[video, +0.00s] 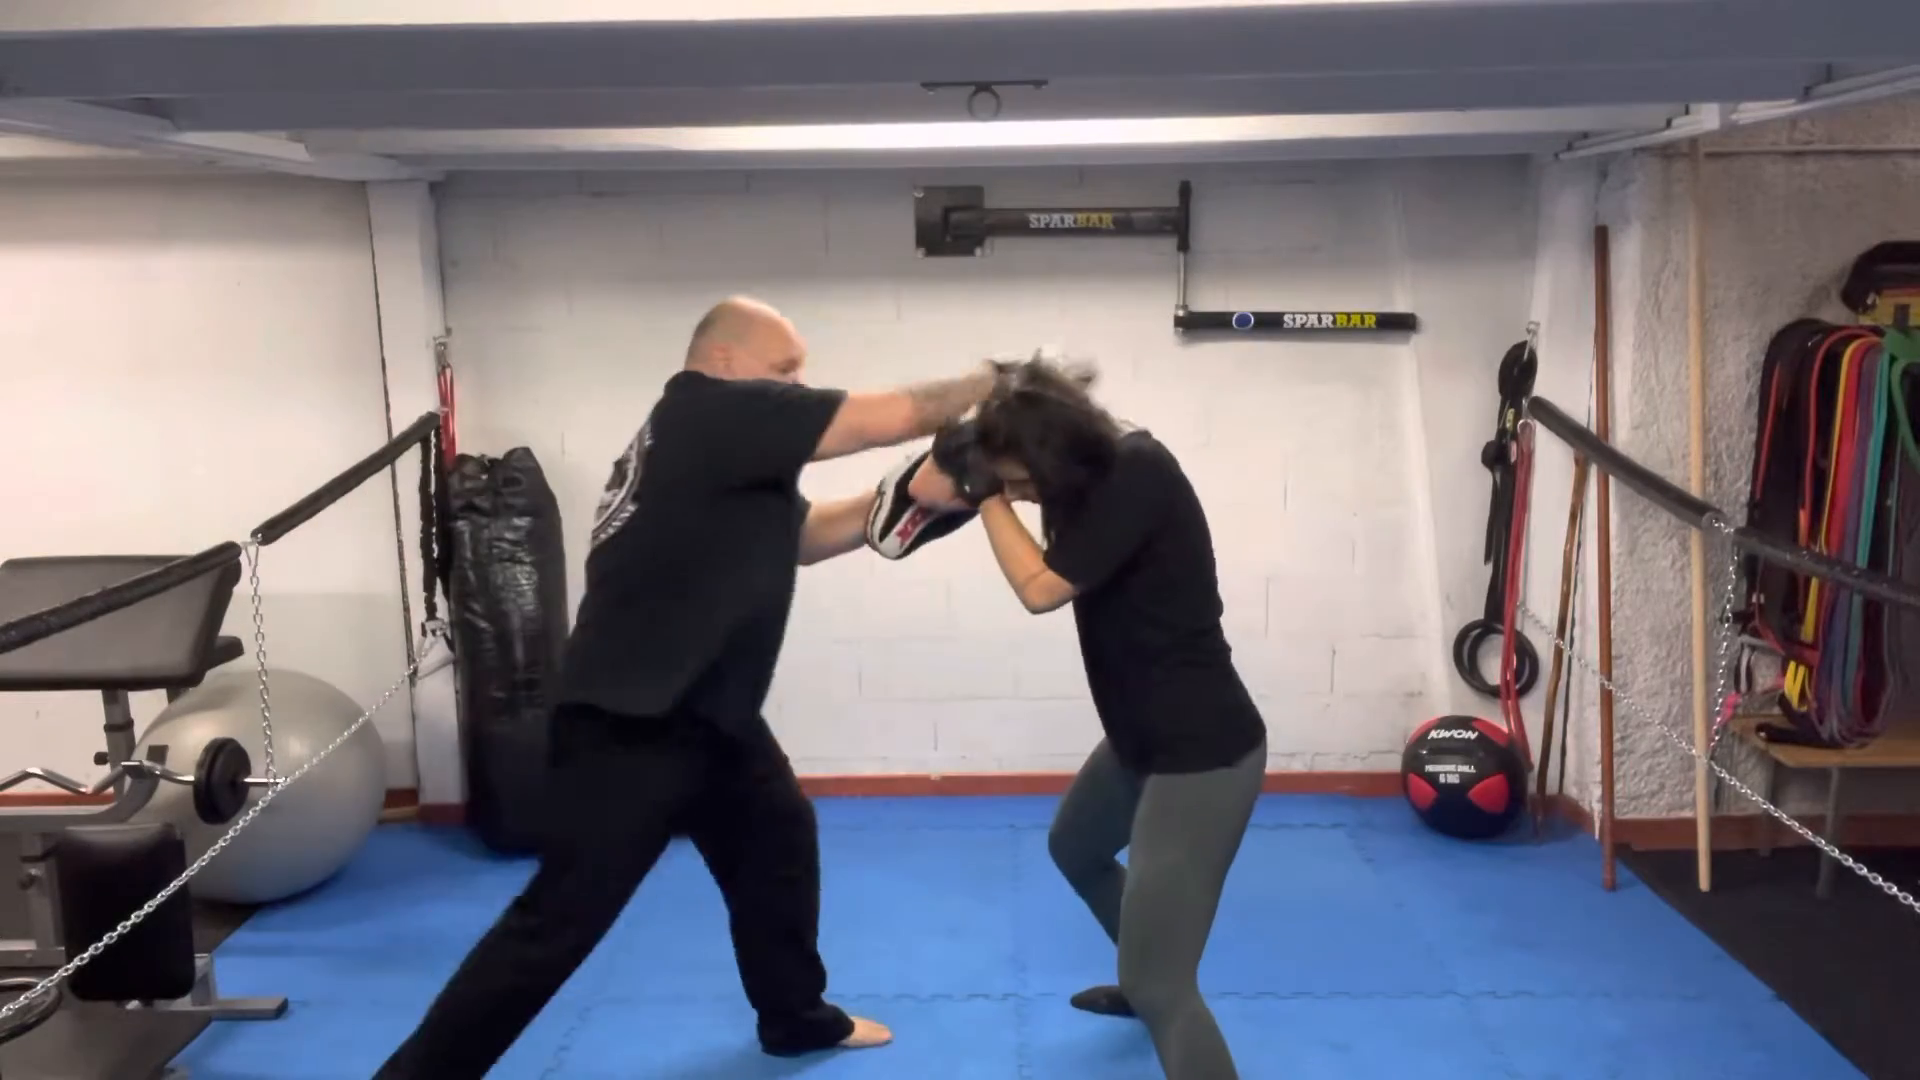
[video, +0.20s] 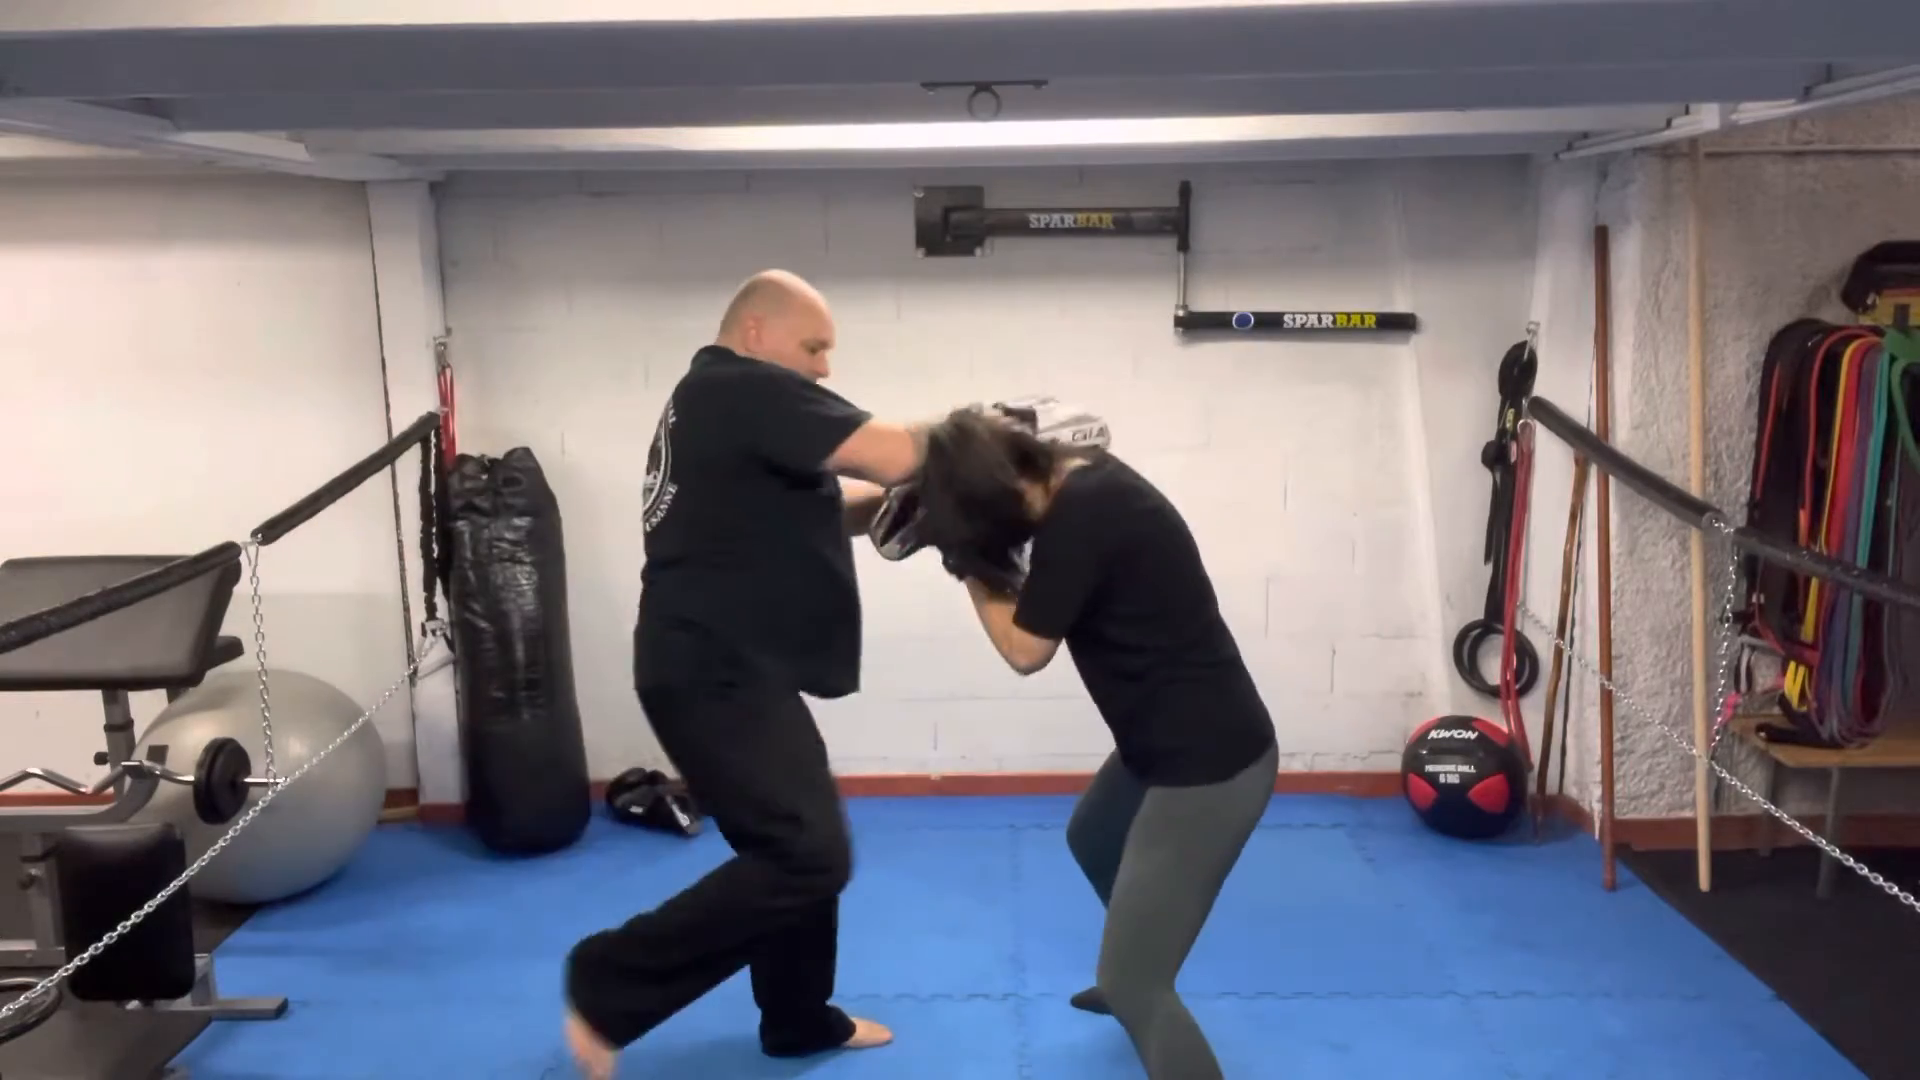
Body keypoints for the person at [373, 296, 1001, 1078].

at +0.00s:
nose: (797, 387)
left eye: (797, 373)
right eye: (784, 369)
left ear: (722, 364)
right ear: (726, 359)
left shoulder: (715, 450)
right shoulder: (707, 415)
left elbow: (804, 533)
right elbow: (904, 413)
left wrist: (909, 499)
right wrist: (997, 375)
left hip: (708, 718)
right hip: (628, 722)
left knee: (775, 842)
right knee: (560, 919)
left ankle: (795, 1019)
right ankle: (416, 1073)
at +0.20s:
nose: (823, 370)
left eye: (825, 354)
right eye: (814, 350)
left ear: (746, 337)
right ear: (758, 333)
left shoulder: (712, 399)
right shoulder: (745, 392)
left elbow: (794, 518)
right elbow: (898, 452)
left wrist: (898, 495)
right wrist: (979, 432)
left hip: (718, 664)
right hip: (715, 669)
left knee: (800, 847)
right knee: (807, 857)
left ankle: (798, 1021)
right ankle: (607, 982)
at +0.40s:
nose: (808, 367)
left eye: (811, 350)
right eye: (799, 347)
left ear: (735, 334)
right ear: (742, 329)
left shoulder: (700, 395)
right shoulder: (724, 397)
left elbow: (836, 487)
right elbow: (853, 494)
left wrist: (941, 487)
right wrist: (965, 471)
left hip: (774, 645)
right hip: (801, 641)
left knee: (830, 822)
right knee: (980, 698)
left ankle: (802, 1020)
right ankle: (861, 881)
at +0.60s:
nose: (814, 367)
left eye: (816, 350)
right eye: (802, 348)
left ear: (742, 341)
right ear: (742, 336)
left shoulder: (730, 410)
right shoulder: (724, 417)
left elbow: (852, 505)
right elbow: (848, 519)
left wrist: (977, 487)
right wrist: (981, 476)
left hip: (829, 646)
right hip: (820, 652)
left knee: (848, 821)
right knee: (976, 740)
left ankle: (802, 1016)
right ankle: (928, 937)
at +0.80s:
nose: (817, 349)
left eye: (820, 332)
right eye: (805, 330)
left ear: (746, 328)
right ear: (746, 322)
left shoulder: (729, 396)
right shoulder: (730, 391)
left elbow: (852, 495)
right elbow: (855, 483)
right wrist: (977, 416)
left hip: (787, 646)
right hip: (809, 642)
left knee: (831, 830)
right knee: (944, 792)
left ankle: (800, 1019)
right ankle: (867, 1045)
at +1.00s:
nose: (819, 341)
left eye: (819, 326)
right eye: (806, 325)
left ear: (740, 329)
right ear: (744, 322)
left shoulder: (701, 391)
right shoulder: (755, 388)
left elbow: (821, 441)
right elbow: (922, 427)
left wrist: (878, 391)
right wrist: (995, 394)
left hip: (745, 654)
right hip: (771, 658)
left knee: (830, 848)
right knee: (833, 862)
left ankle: (805, 1017)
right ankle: (721, 1063)